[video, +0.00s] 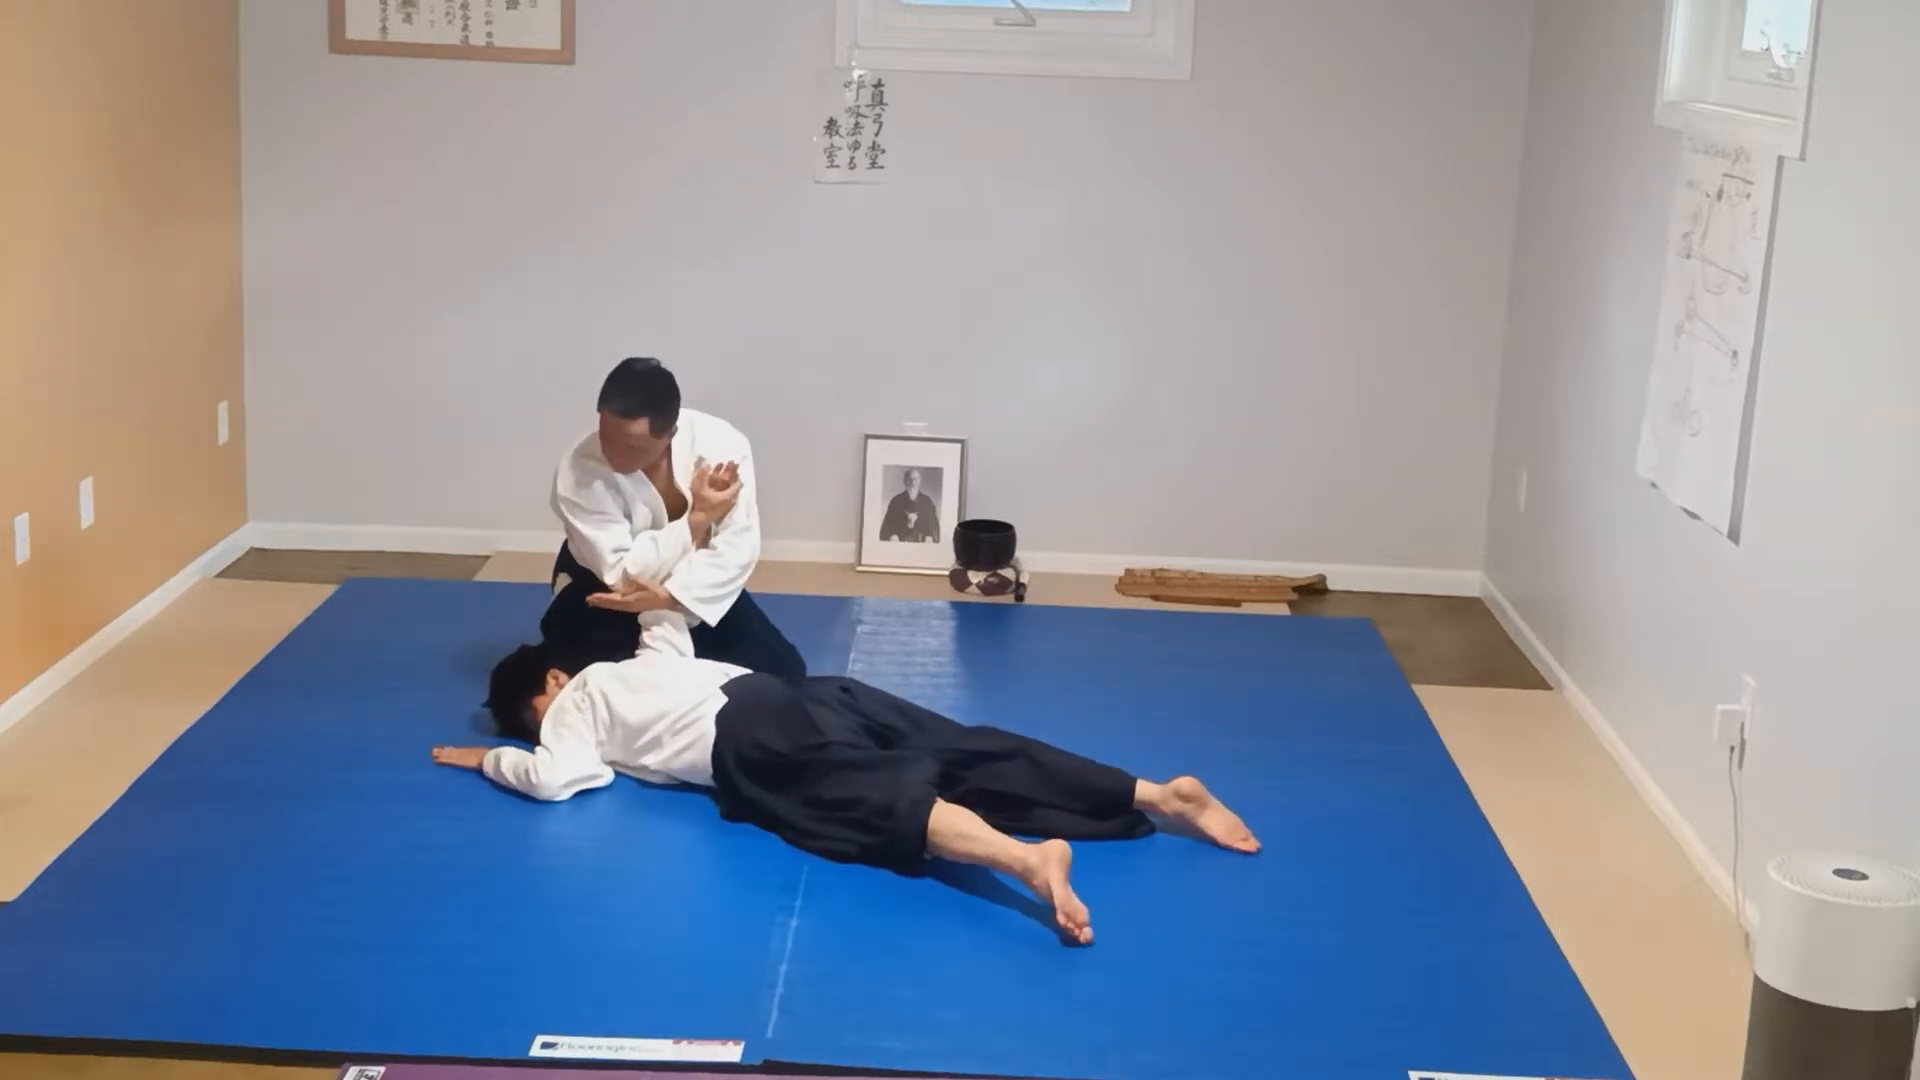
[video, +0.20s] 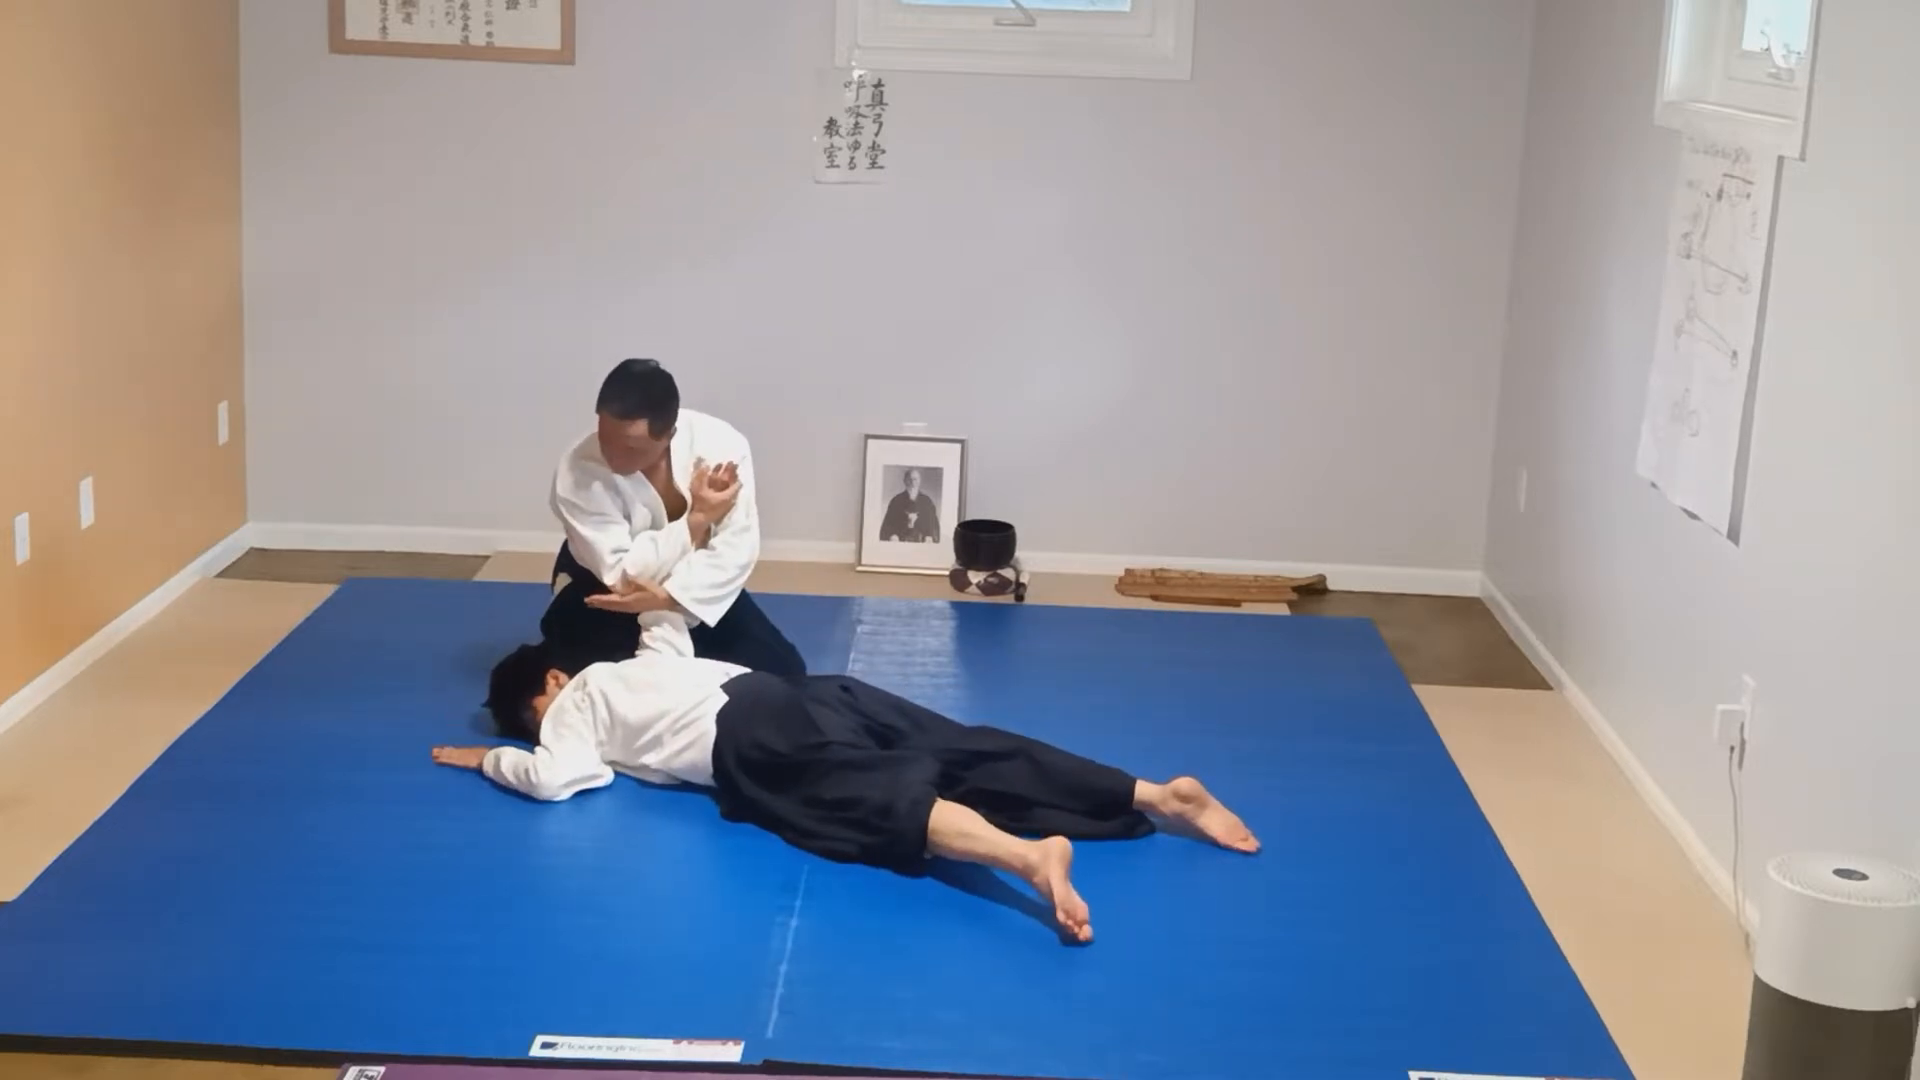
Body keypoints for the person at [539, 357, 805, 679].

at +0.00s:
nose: (616, 455)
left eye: (634, 448)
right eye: (609, 439)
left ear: (669, 435)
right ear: (600, 416)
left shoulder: (722, 445)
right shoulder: (579, 475)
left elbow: (740, 548)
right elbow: (619, 575)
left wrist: (667, 597)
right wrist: (700, 519)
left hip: (701, 590)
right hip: (607, 596)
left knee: (783, 671)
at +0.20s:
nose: (614, 456)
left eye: (632, 450)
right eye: (608, 440)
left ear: (667, 437)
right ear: (599, 418)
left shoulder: (721, 445)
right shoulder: (578, 477)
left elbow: (739, 548)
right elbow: (619, 575)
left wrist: (666, 598)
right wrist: (699, 520)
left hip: (701, 590)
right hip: (606, 597)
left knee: (784, 672)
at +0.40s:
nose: (615, 456)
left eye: (632, 449)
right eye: (608, 439)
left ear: (667, 436)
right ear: (600, 417)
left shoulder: (721, 445)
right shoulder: (578, 475)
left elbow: (739, 547)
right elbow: (618, 573)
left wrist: (667, 598)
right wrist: (700, 519)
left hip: (701, 589)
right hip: (606, 595)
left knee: (783, 671)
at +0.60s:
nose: (712, 443)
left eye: (709, 430)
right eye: (705, 432)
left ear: (663, 445)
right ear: (669, 444)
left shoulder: (669, 508)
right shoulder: (631, 527)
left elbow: (705, 608)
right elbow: (631, 666)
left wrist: (774, 683)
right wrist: (683, 735)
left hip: (613, 712)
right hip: (564, 751)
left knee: (756, 763)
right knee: (748, 798)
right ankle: (561, 814)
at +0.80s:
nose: (788, 404)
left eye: (786, 392)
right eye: (781, 394)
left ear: (732, 405)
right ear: (748, 407)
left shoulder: (748, 466)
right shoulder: (705, 489)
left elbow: (821, 540)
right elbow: (691, 624)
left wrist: (918, 582)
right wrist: (714, 726)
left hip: (648, 672)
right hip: (599, 693)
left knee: (757, 772)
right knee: (748, 816)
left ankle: (591, 780)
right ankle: (573, 812)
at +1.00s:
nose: (829, 343)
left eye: (830, 331)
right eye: (823, 331)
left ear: (772, 336)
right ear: (790, 340)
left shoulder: (802, 401)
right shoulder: (748, 419)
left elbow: (886, 383)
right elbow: (716, 537)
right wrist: (724, 668)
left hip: (724, 620)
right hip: (665, 637)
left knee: (774, 776)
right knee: (744, 821)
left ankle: (613, 769)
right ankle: (580, 805)